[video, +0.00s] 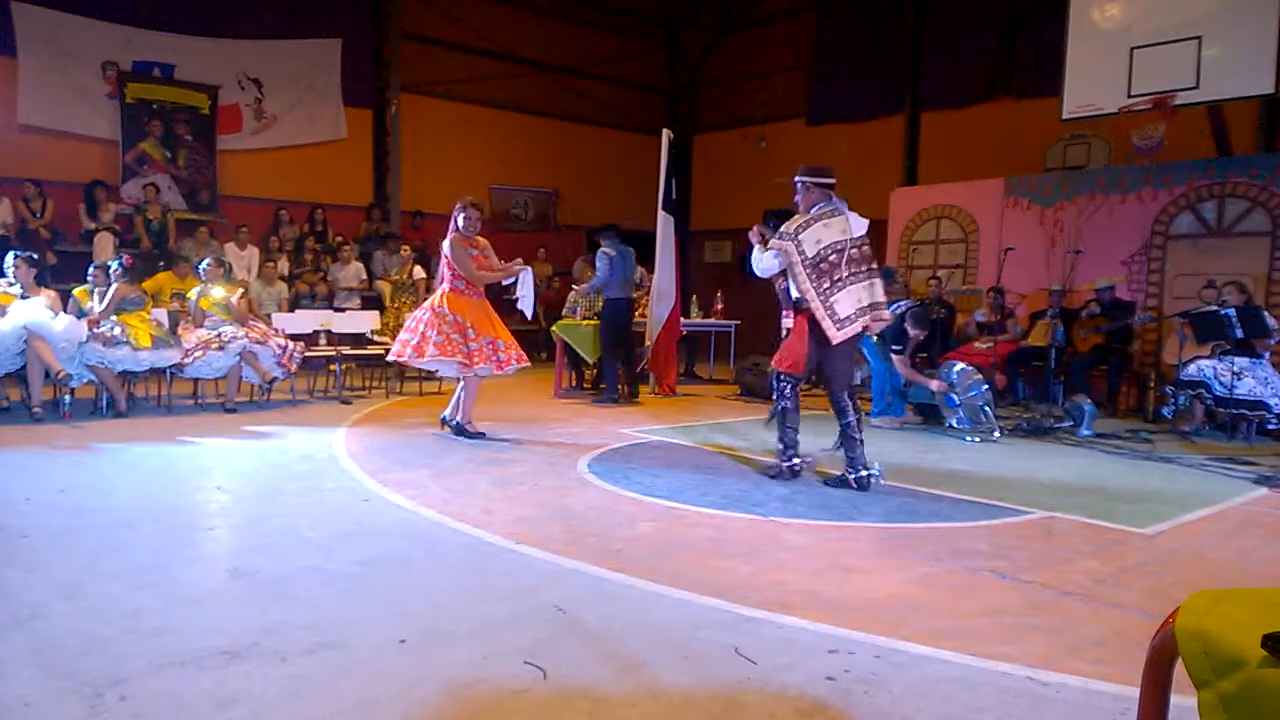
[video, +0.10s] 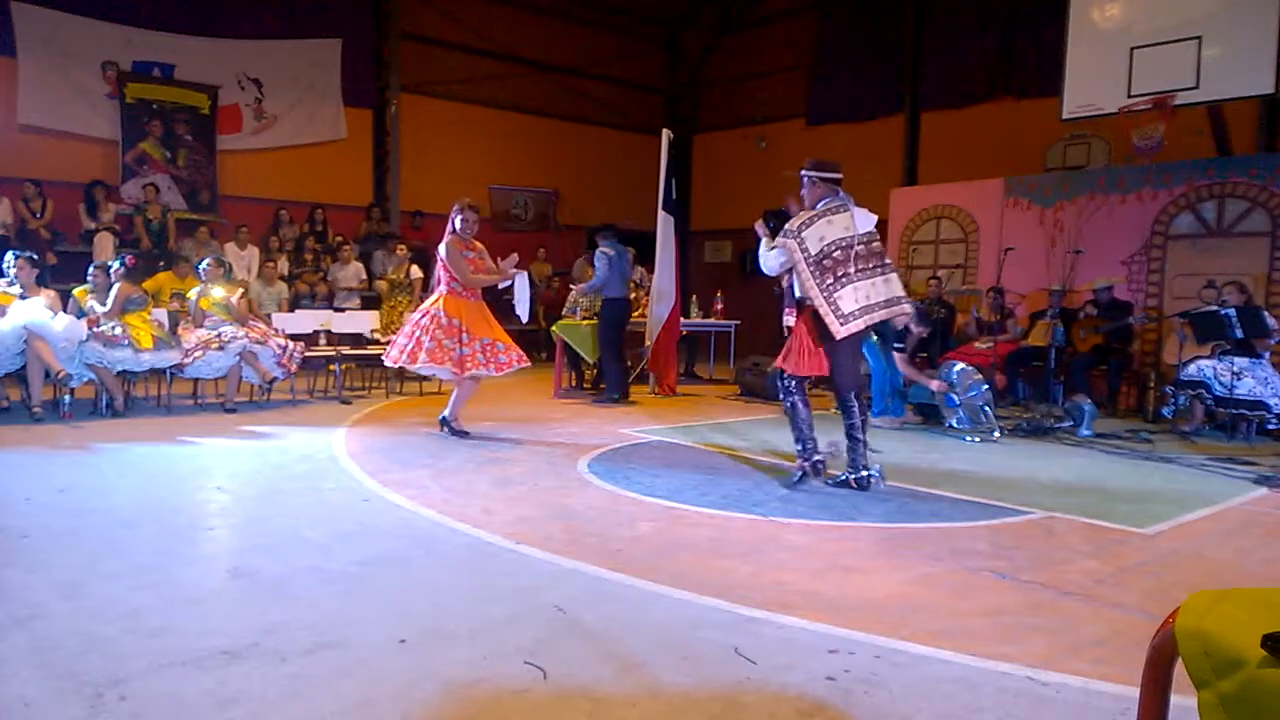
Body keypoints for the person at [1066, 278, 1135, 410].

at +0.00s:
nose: (1099, 296)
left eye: (1103, 292)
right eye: (1097, 292)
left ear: (1111, 291)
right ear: (1095, 293)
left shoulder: (1124, 306)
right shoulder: (1092, 305)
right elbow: (1075, 316)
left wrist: (1101, 311)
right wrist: (1059, 311)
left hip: (1118, 348)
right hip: (1098, 347)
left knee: (1115, 366)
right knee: (1078, 362)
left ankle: (1111, 403)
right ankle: (1082, 400)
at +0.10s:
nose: (1097, 296)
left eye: (1101, 292)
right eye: (1095, 292)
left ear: (1110, 291)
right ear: (1093, 293)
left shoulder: (1124, 306)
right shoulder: (1091, 305)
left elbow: (1120, 317)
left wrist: (1098, 312)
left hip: (1118, 348)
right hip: (1098, 347)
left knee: (1114, 366)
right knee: (1078, 363)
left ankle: (1111, 403)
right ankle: (1083, 400)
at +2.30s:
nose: (1097, 295)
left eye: (1101, 292)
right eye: (1095, 292)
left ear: (1108, 292)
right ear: (1093, 293)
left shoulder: (1122, 307)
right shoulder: (1089, 306)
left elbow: (1119, 319)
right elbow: (1069, 316)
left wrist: (1097, 317)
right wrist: (1079, 316)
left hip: (1118, 349)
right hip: (1098, 348)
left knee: (1114, 365)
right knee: (1077, 363)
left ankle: (1111, 403)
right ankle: (1084, 399)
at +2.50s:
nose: (1097, 295)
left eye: (1101, 292)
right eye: (1095, 292)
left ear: (1108, 292)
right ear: (1093, 293)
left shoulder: (1122, 307)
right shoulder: (1089, 306)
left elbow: (1119, 320)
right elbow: (1070, 316)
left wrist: (1097, 317)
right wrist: (1078, 316)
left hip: (1118, 349)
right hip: (1097, 348)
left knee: (1114, 365)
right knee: (1077, 363)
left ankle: (1112, 403)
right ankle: (1084, 399)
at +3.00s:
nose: (1098, 295)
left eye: (1102, 291)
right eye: (1096, 291)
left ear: (1110, 292)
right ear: (1093, 292)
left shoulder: (1123, 307)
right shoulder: (1090, 305)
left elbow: (1120, 320)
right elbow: (1073, 315)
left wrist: (1097, 316)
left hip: (1117, 349)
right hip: (1097, 348)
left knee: (1114, 365)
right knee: (1076, 363)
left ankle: (1111, 404)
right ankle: (1084, 400)